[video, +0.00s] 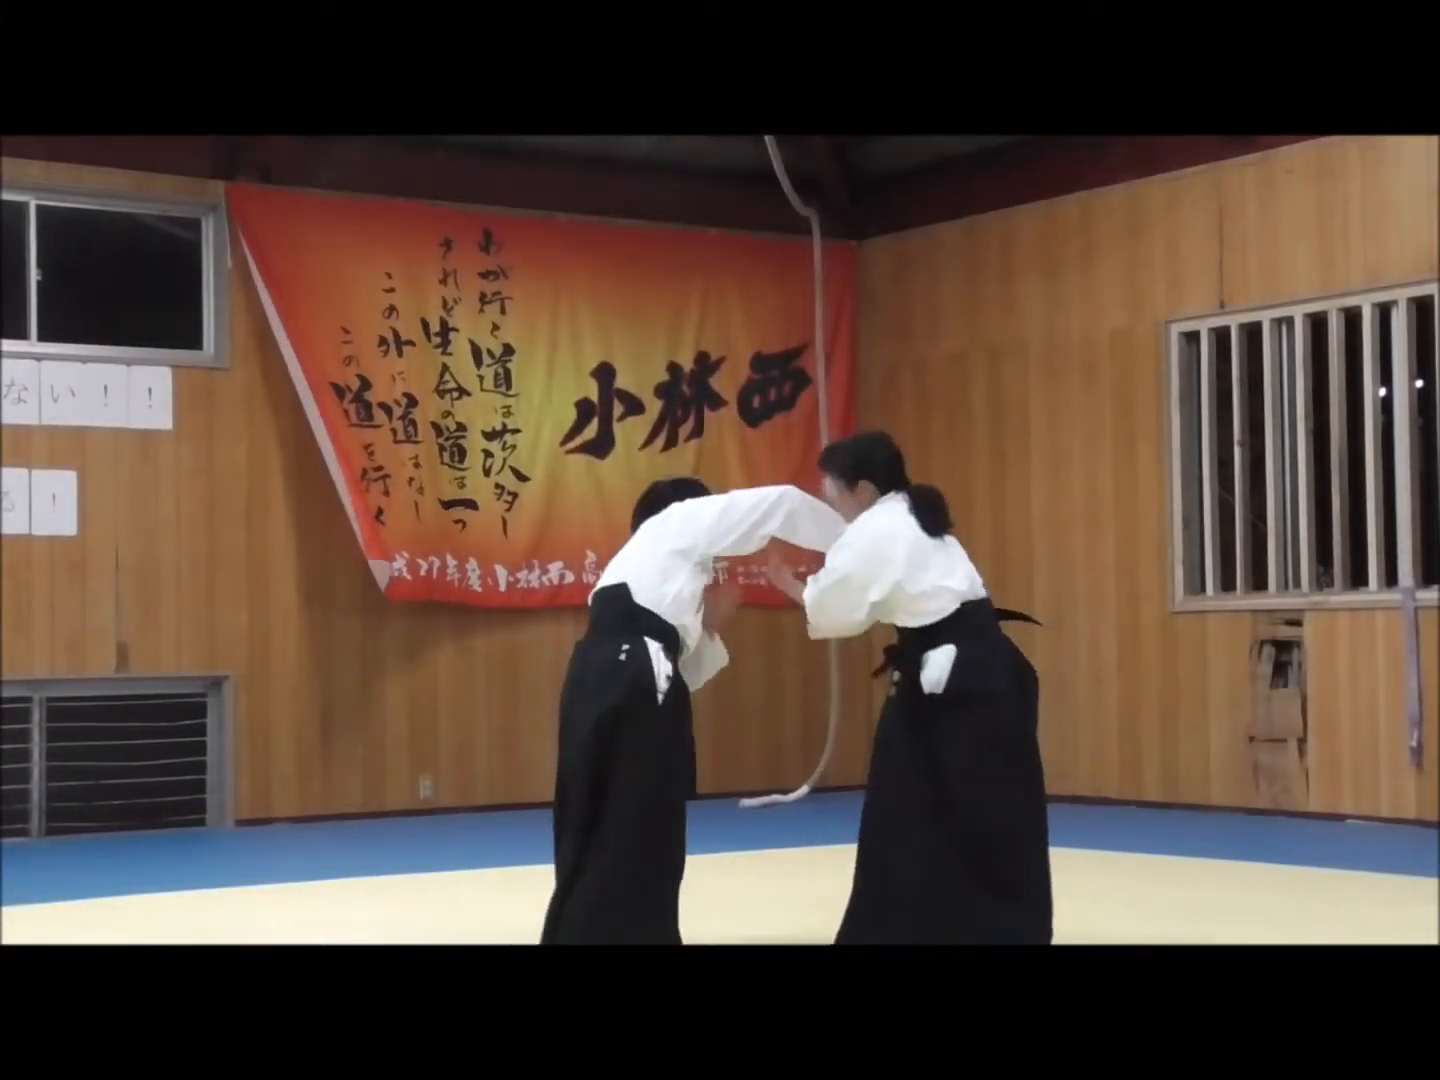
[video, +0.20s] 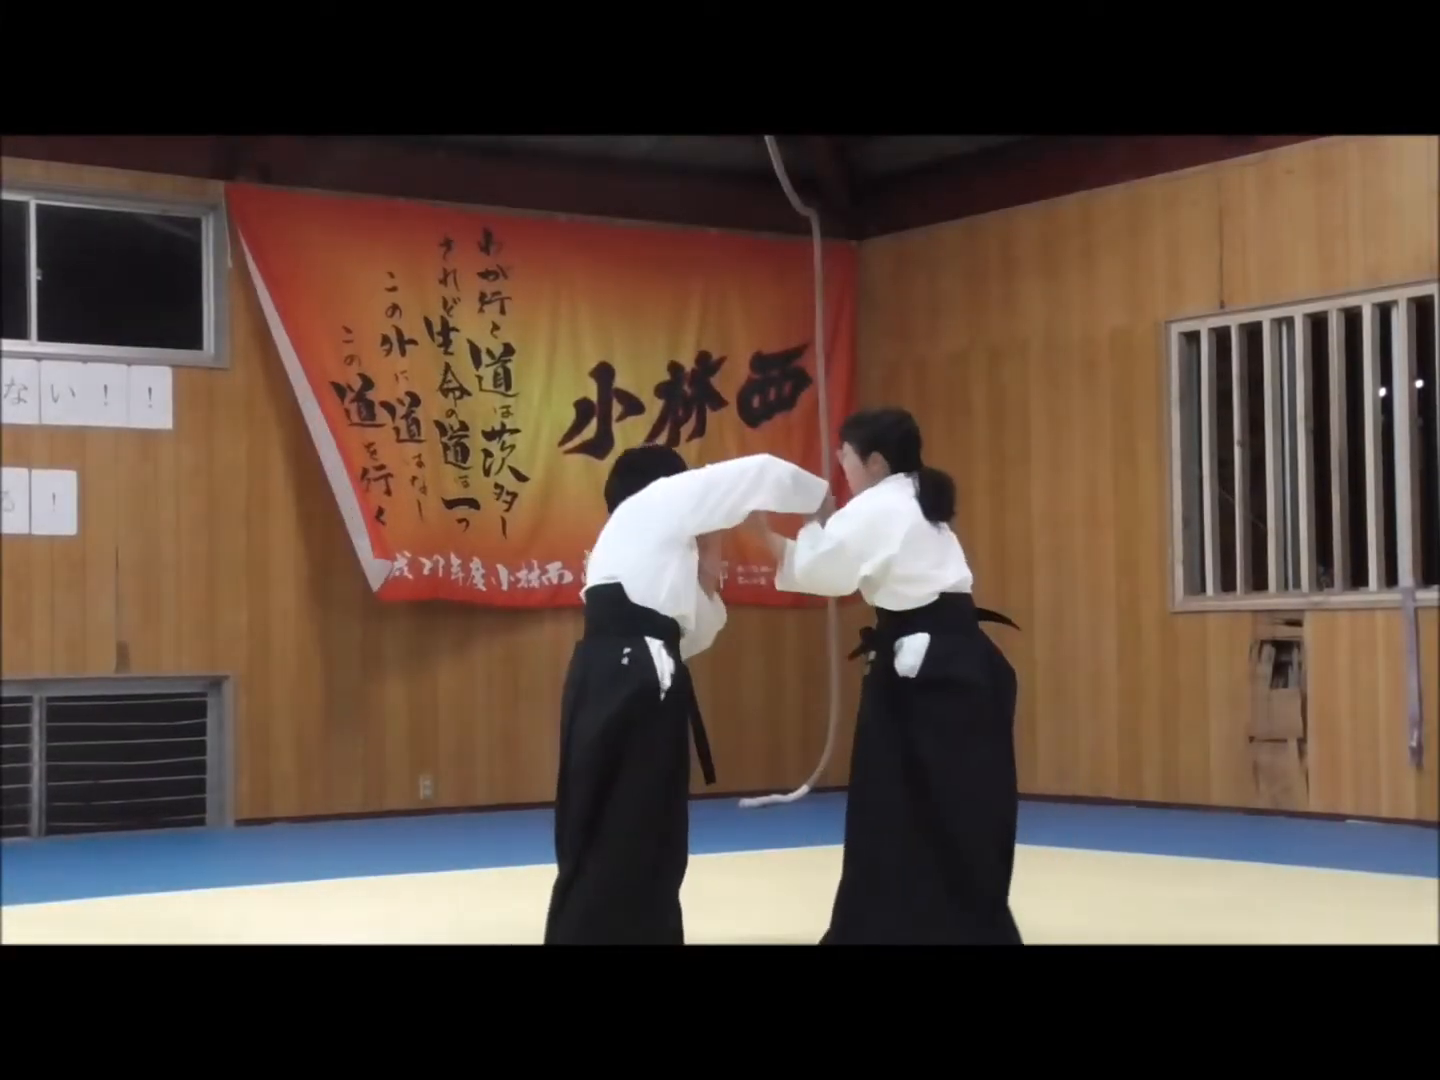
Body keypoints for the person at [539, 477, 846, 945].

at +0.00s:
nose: (718, 525)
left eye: (713, 513)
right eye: (709, 512)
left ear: (650, 516)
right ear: (688, 508)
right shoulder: (675, 524)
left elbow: (679, 679)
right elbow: (781, 501)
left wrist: (711, 624)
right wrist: (854, 542)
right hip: (633, 678)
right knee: (638, 844)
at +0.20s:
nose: (692, 488)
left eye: (691, 481)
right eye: (686, 480)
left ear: (623, 490)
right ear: (669, 480)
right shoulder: (657, 502)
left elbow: (688, 640)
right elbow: (762, 470)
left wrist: (708, 582)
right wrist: (822, 501)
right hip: (633, 672)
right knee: (632, 835)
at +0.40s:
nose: (660, 463)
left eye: (655, 458)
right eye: (652, 457)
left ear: (588, 480)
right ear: (637, 461)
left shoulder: (590, 525)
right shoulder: (647, 487)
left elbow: (677, 592)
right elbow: (743, 449)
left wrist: (698, 554)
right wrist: (787, 468)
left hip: (600, 668)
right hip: (645, 666)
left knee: (601, 821)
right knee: (644, 826)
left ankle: (581, 931)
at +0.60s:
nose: (619, 435)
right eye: (612, 434)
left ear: (560, 488)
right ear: (616, 451)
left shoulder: (562, 537)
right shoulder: (653, 476)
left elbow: (582, 600)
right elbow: (734, 435)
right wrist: (744, 522)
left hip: (600, 650)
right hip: (661, 641)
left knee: (601, 790)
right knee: (637, 787)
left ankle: (629, 928)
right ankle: (581, 928)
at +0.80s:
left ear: (551, 489)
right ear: (607, 454)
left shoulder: (551, 539)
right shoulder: (665, 473)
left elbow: (530, 614)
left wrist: (582, 576)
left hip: (611, 656)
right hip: (685, 645)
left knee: (610, 789)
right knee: (683, 779)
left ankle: (607, 929)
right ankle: (648, 915)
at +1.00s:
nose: (538, 526)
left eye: (538, 517)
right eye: (538, 517)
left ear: (549, 522)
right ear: (606, 508)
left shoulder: (553, 562)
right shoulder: (637, 540)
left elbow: (492, 639)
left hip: (625, 680)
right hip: (699, 672)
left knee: (624, 818)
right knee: (704, 809)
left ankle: (626, 931)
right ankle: (704, 930)